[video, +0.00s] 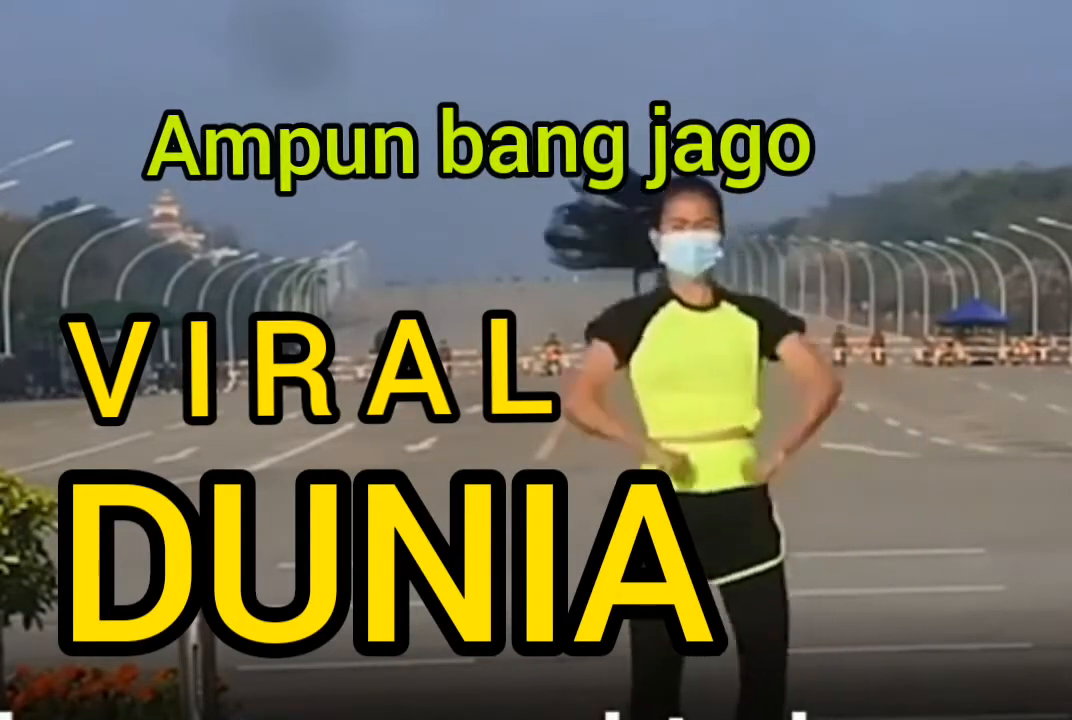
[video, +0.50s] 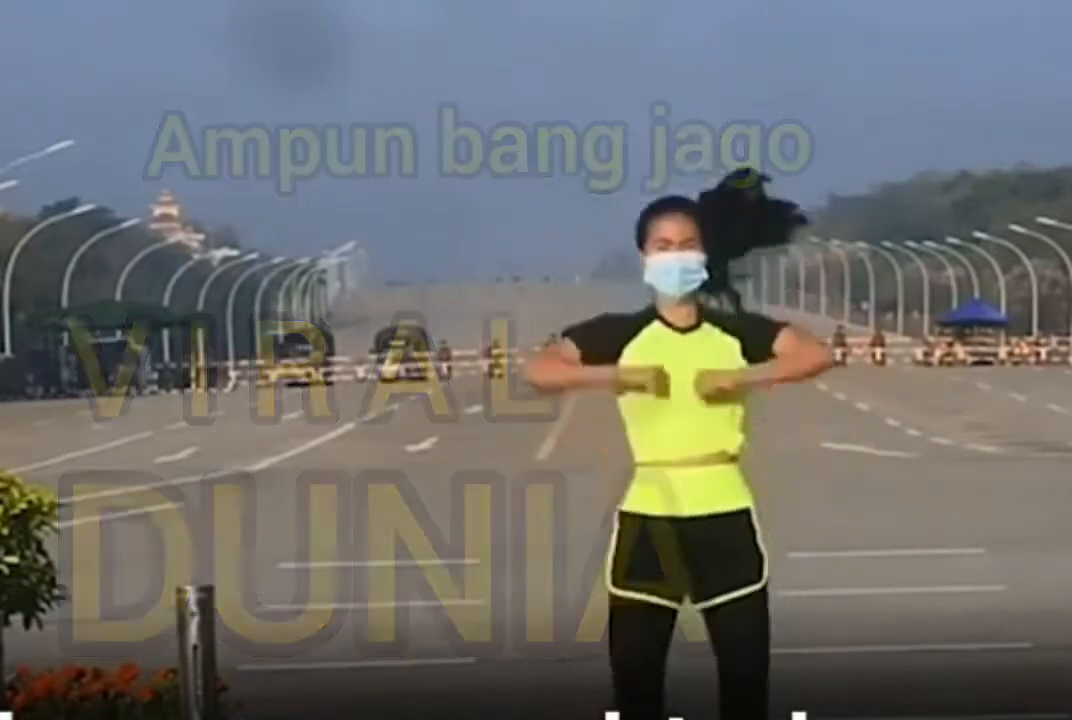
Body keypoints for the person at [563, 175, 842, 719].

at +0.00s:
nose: (693, 238)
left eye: (705, 226)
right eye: (679, 226)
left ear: (721, 238)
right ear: (658, 239)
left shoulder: (756, 316)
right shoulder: (631, 318)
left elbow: (824, 385)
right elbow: (578, 399)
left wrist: (779, 455)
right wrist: (639, 445)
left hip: (740, 508)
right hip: (658, 511)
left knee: (767, 666)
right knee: (654, 672)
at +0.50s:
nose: (676, 257)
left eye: (688, 244)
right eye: (663, 246)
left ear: (706, 255)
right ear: (643, 259)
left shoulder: (737, 330)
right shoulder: (620, 333)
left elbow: (817, 356)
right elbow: (539, 371)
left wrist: (742, 379)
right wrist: (620, 377)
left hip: (725, 519)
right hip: (646, 522)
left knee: (745, 682)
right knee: (635, 684)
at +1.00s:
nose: (706, 279)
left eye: (717, 267)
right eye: (691, 269)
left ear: (735, 278)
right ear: (670, 282)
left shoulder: (768, 352)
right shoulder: (655, 356)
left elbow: (800, 382)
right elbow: (651, 385)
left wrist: (810, 372)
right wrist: (656, 381)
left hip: (766, 541)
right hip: (687, 548)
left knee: (833, 685)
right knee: (661, 697)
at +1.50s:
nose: (753, 264)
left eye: (765, 252)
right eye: (739, 254)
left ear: (783, 265)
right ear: (718, 270)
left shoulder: (809, 340)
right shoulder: (703, 338)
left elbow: (828, 351)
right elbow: (691, 367)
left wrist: (840, 335)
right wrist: (699, 343)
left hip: (801, 535)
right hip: (720, 536)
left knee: (852, 695)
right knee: (682, 698)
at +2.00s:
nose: (796, 227)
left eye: (808, 216)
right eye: (781, 217)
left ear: (825, 227)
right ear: (761, 232)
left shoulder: (862, 304)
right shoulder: (738, 307)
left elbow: (943, 350)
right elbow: (671, 368)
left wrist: (873, 379)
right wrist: (749, 400)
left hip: (847, 497)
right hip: (767, 499)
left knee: (868, 663)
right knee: (761, 666)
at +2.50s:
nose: (798, 217)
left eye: (810, 205)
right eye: (783, 206)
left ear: (828, 213)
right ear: (763, 217)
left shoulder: (867, 286)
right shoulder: (747, 291)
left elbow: (962, 283)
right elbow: (642, 305)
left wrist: (879, 254)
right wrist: (717, 263)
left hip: (847, 480)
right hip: (766, 478)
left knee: (851, 661)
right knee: (742, 660)